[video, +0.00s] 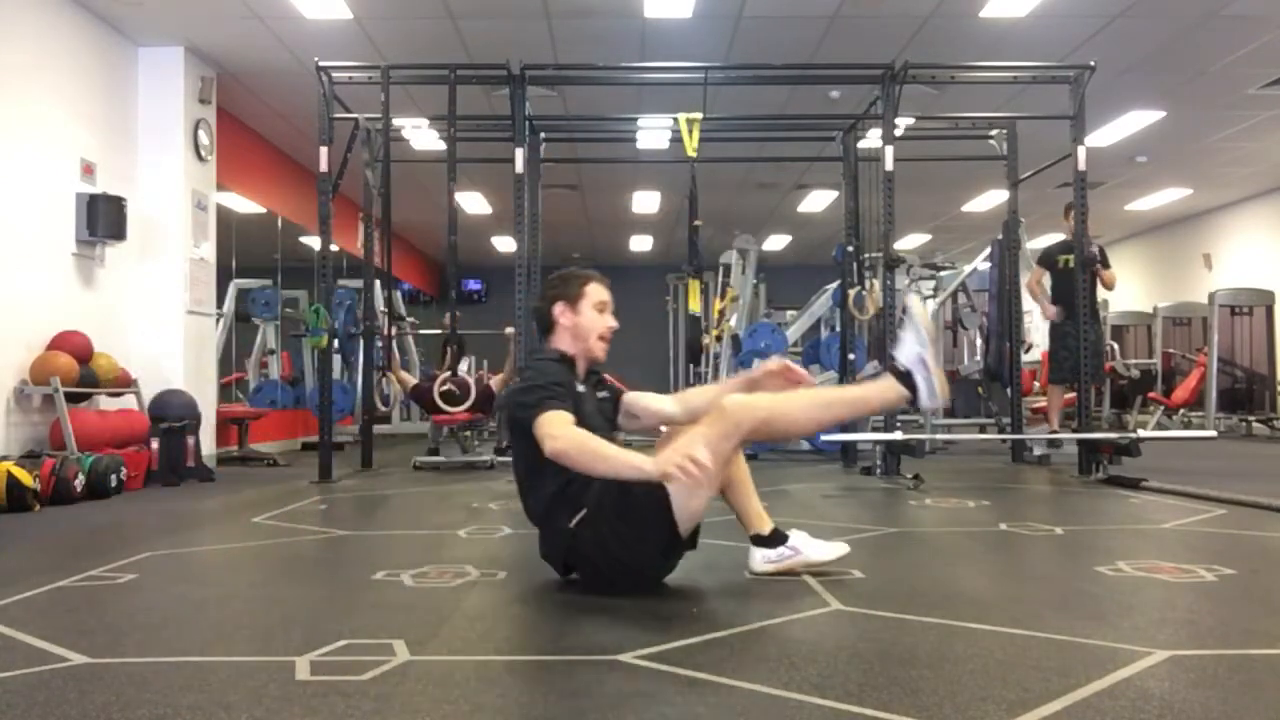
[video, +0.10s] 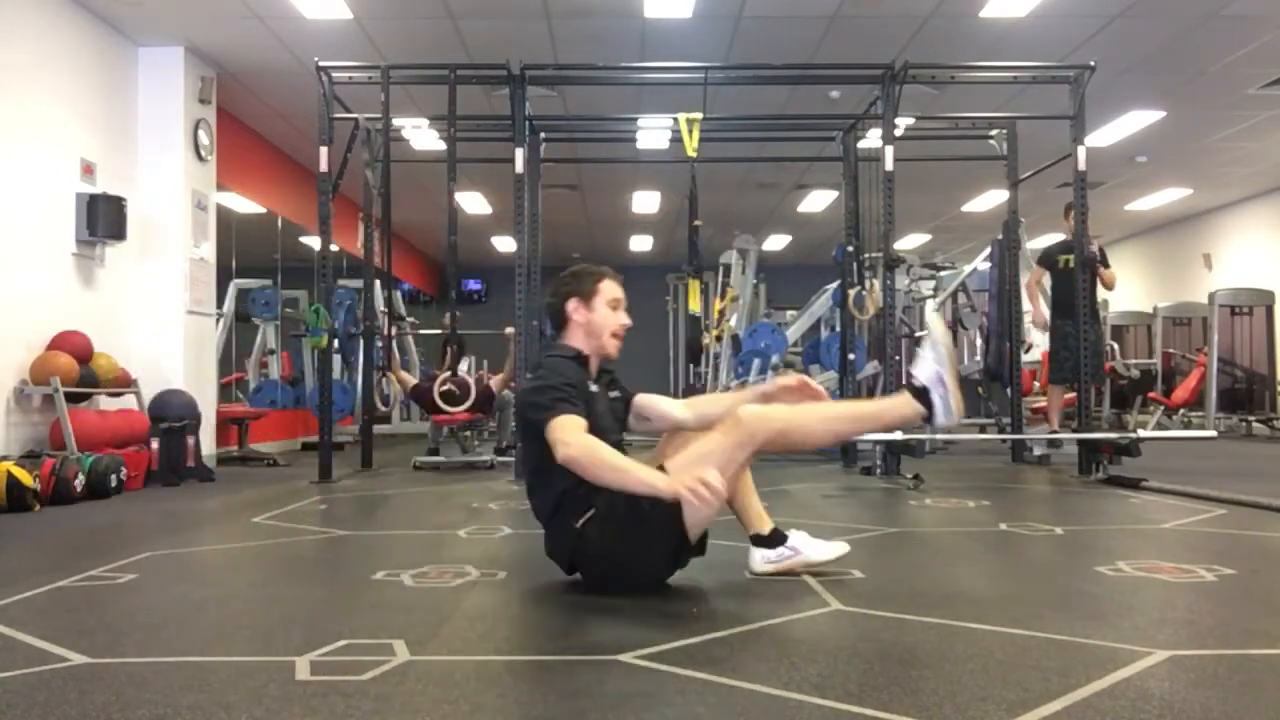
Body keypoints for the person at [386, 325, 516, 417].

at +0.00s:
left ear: (434, 392)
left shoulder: (427, 399)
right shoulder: (481, 399)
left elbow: (396, 371)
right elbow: (507, 375)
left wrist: (389, 340)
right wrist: (512, 341)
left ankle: (433, 444)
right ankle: (501, 443)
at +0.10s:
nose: (450, 380)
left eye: (444, 385)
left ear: (436, 393)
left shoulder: (427, 397)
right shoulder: (481, 398)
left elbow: (397, 371)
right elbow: (507, 375)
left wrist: (389, 341)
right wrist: (512, 341)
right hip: (475, 407)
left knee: (437, 412)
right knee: (507, 397)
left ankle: (433, 445)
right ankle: (503, 444)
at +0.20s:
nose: (450, 380)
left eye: (444, 386)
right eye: (454, 384)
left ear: (436, 393)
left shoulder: (427, 398)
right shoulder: (481, 398)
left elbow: (397, 372)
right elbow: (507, 375)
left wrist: (389, 341)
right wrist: (512, 341)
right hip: (476, 407)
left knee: (438, 412)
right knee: (507, 397)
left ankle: (433, 445)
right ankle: (503, 444)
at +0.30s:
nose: (449, 384)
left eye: (444, 386)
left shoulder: (428, 398)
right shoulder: (480, 399)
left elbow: (396, 371)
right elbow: (506, 375)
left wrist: (389, 340)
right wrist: (512, 342)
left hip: (439, 408)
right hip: (475, 407)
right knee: (507, 397)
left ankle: (433, 446)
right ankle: (502, 444)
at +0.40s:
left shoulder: (428, 398)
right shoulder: (480, 399)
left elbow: (396, 371)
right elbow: (505, 375)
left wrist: (389, 340)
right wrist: (511, 342)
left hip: (439, 409)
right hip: (475, 408)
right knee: (507, 397)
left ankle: (433, 446)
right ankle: (502, 444)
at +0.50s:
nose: (447, 386)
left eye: (444, 386)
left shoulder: (427, 397)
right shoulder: (481, 399)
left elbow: (396, 371)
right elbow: (504, 376)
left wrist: (389, 340)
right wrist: (511, 342)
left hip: (440, 409)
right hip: (476, 407)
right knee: (507, 397)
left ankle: (433, 446)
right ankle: (502, 444)